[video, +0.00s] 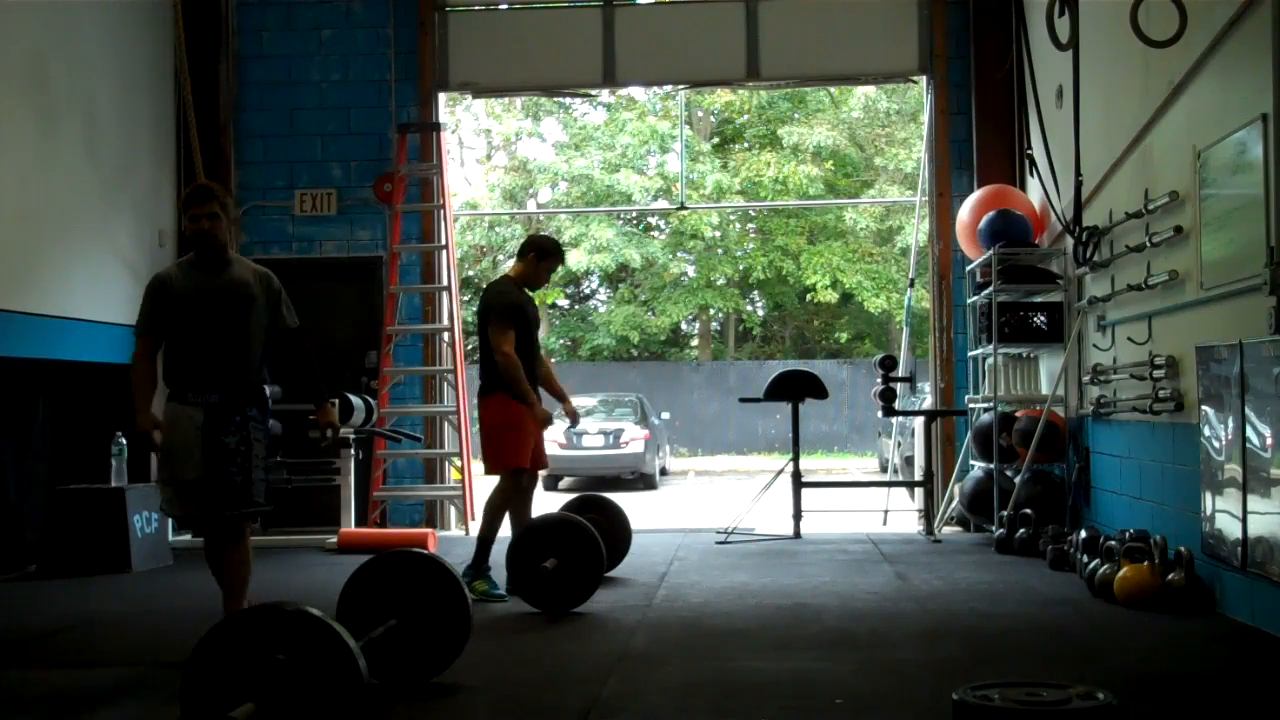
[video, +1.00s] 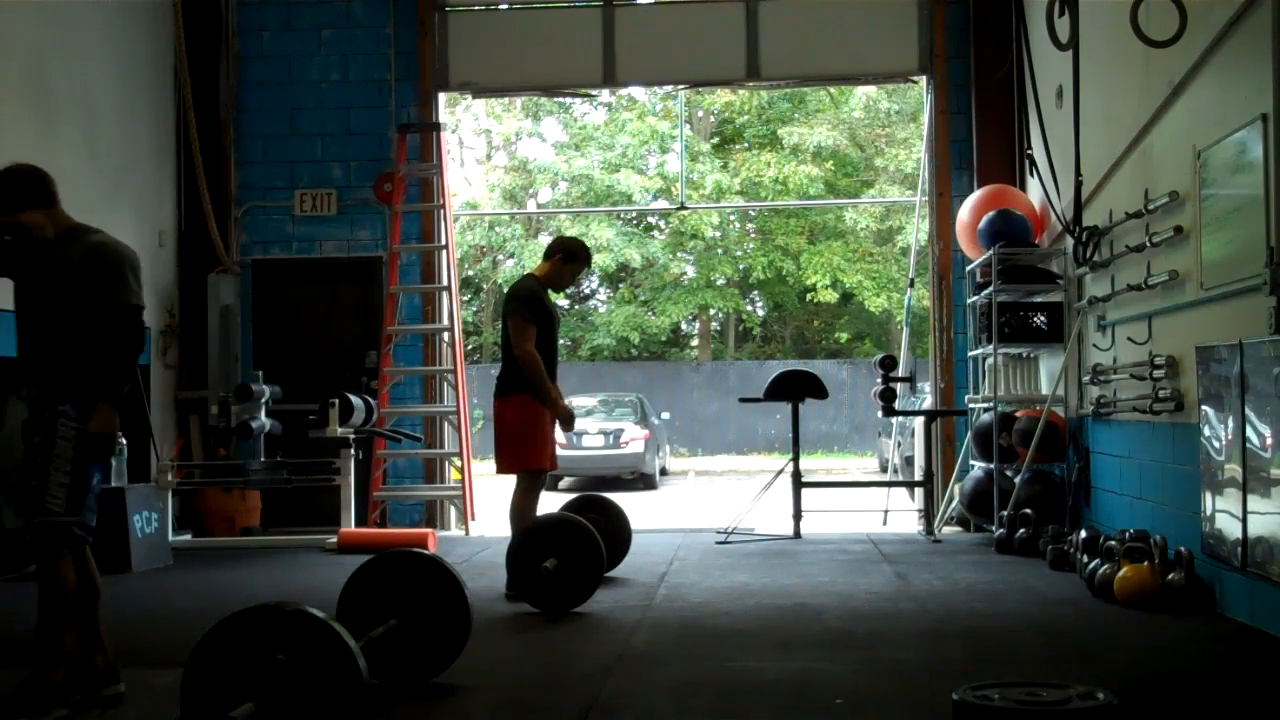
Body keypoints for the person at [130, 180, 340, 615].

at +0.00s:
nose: (204, 226)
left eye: (213, 218)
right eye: (195, 219)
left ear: (230, 223)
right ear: (184, 227)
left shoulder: (260, 281)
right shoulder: (166, 285)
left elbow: (293, 348)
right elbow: (145, 355)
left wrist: (322, 402)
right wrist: (143, 415)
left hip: (244, 418)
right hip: (190, 419)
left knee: (238, 528)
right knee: (209, 529)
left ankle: (235, 623)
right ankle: (239, 609)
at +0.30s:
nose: (163, 222)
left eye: (171, 212)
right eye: (156, 214)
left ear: (198, 208)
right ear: (152, 218)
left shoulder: (245, 269)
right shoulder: (151, 277)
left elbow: (275, 341)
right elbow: (123, 349)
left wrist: (279, 397)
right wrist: (82, 408)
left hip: (226, 414)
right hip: (163, 413)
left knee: (225, 529)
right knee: (134, 516)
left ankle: (228, 630)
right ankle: (166, 624)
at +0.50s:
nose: (122, 226)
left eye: (129, 215)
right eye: (118, 217)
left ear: (157, 211)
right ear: (121, 220)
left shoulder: (210, 270)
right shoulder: (125, 281)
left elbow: (237, 337)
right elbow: (108, 355)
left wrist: (215, 385)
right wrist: (71, 415)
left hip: (194, 418)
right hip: (135, 419)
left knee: (210, 533)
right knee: (122, 535)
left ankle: (225, 637)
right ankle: (108, 655)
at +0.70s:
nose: (65, 225)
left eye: (69, 213)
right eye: (63, 215)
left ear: (98, 207)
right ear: (90, 210)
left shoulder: (163, 263)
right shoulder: (87, 275)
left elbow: (186, 344)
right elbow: (64, 341)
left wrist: (167, 401)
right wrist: (20, 379)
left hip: (150, 422)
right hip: (94, 423)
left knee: (156, 529)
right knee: (88, 543)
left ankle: (211, 617)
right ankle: (96, 660)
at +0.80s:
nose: (45, 227)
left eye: (47, 215)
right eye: (42, 217)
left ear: (72, 207)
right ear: (77, 207)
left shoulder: (142, 259)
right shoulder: (68, 269)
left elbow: (168, 338)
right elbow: (21, 322)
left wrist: (147, 403)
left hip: (125, 420)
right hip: (78, 419)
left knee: (118, 535)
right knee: (78, 542)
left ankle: (177, 611)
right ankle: (95, 661)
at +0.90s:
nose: (24, 224)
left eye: (25, 214)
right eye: (21, 216)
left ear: (45, 206)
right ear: (64, 200)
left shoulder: (124, 256)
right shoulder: (47, 259)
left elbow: (145, 335)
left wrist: (128, 401)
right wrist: (9, 274)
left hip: (103, 412)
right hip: (66, 410)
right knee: (71, 532)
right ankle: (91, 658)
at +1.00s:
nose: (12, 233)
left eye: (14, 221)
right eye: (8, 224)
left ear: (32, 209)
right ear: (46, 201)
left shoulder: (106, 257)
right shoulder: (33, 259)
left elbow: (125, 343)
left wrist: (110, 407)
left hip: (82, 418)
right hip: (48, 416)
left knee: (60, 544)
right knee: (67, 543)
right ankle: (92, 668)